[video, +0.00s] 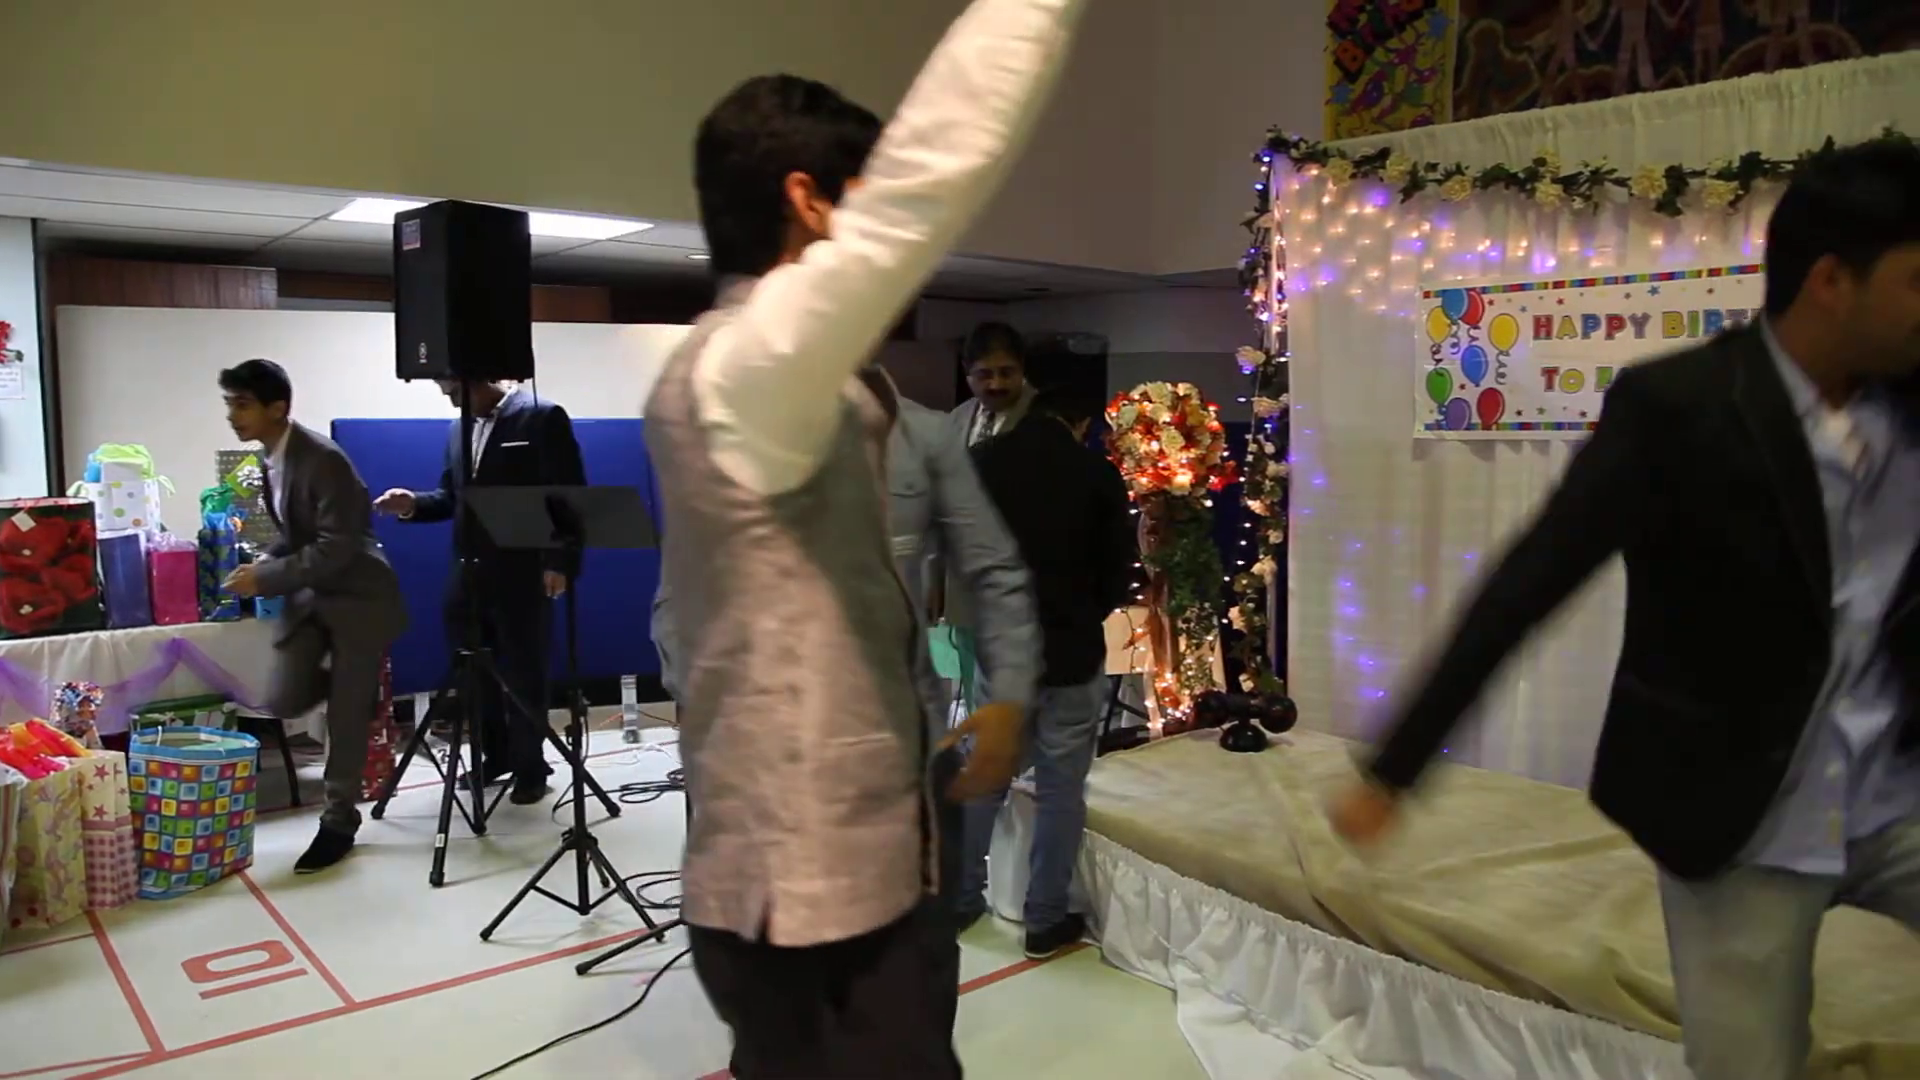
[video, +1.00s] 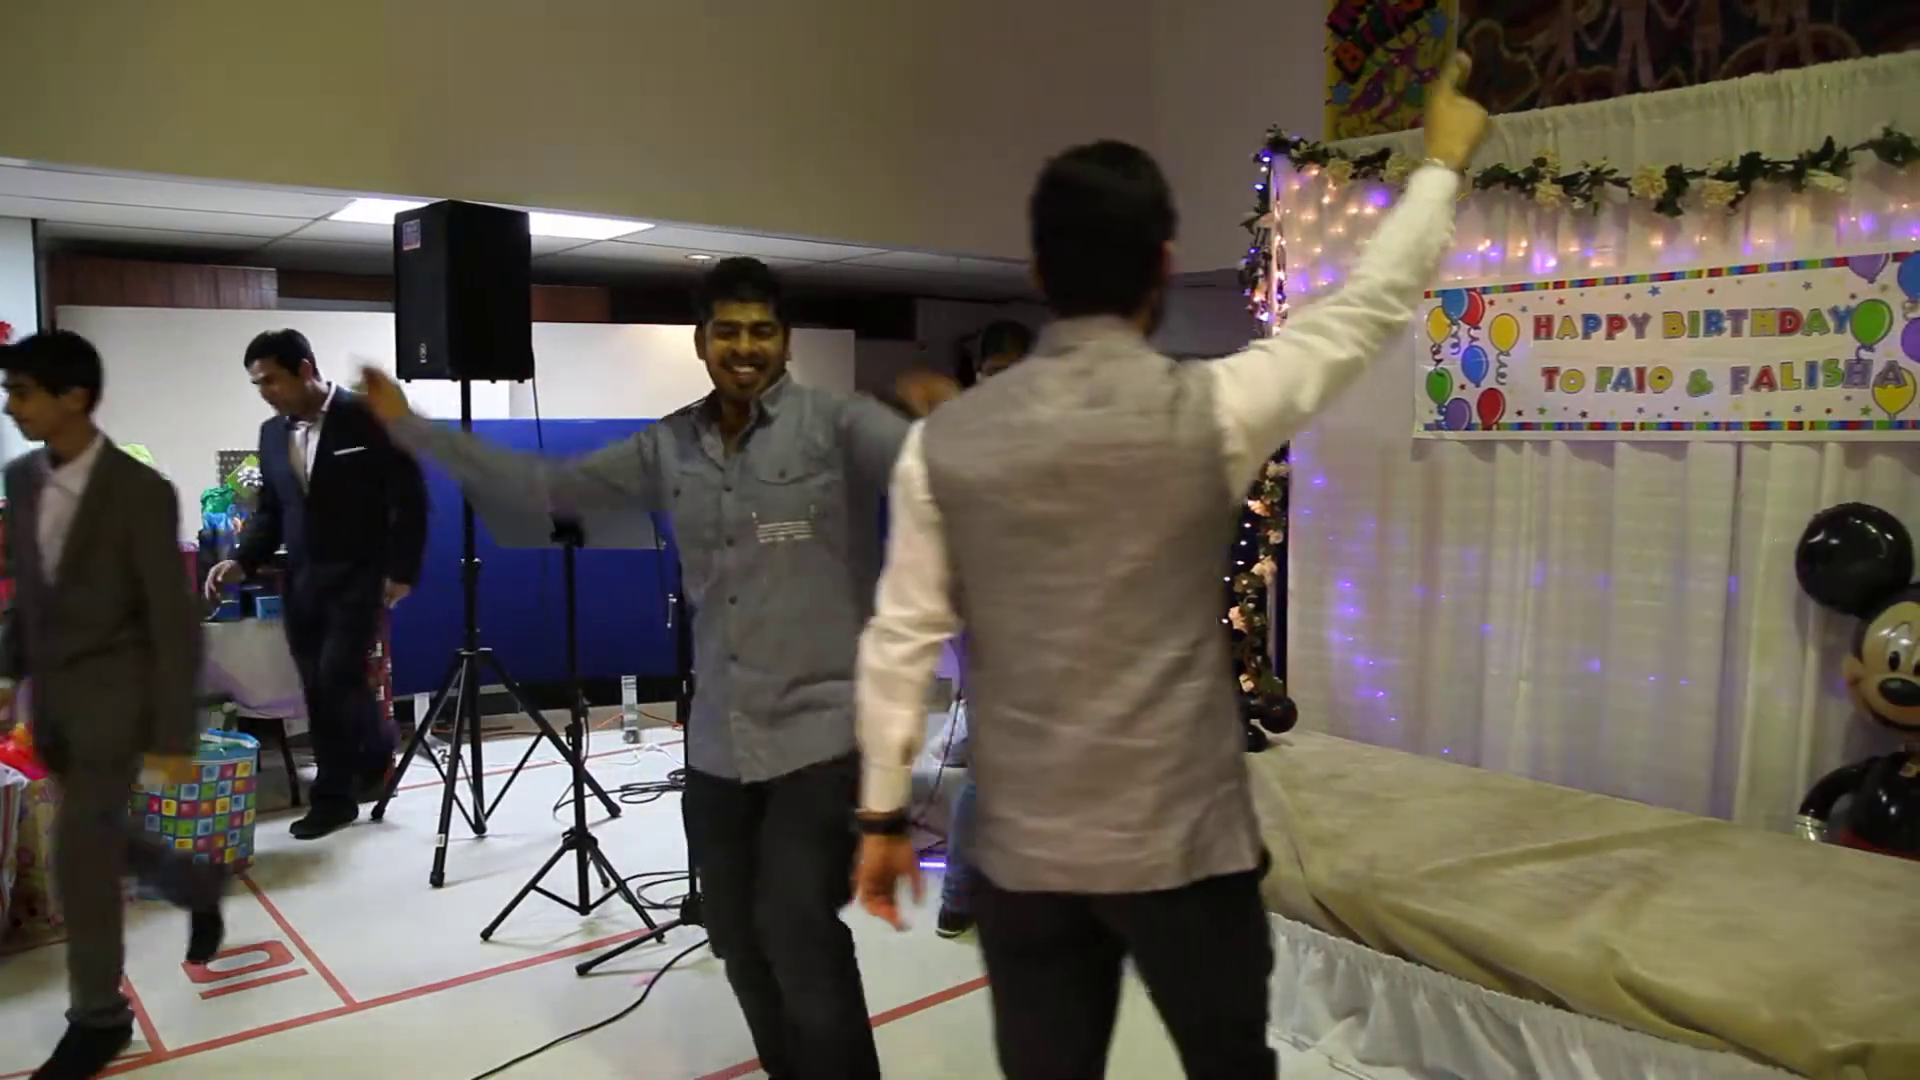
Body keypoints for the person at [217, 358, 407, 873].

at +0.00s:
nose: (231, 416)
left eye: (240, 405)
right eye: (229, 406)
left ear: (277, 406)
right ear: (247, 408)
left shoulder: (322, 460)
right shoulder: (270, 462)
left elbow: (339, 548)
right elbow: (293, 536)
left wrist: (269, 578)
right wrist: (260, 566)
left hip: (358, 597)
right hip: (309, 595)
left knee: (347, 711)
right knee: (287, 700)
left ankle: (339, 822)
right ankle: (357, 684)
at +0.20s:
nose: (206, 415)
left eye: (215, 404)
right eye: (203, 404)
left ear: (253, 403)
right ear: (212, 406)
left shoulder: (308, 461)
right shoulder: (229, 463)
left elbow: (322, 555)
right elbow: (255, 538)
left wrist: (244, 596)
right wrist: (228, 580)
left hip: (323, 600)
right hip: (270, 600)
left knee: (332, 714)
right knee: (229, 698)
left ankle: (338, 821)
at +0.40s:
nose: (165, 417)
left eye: (174, 404)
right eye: (162, 405)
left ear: (215, 405)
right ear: (180, 409)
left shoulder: (280, 469)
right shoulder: (178, 476)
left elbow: (303, 574)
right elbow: (193, 556)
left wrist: (249, 649)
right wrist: (178, 606)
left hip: (284, 631)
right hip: (220, 635)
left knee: (299, 748)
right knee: (221, 765)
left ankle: (335, 814)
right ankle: (235, 900)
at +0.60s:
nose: (118, 399)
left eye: (129, 387)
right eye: (116, 387)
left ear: (174, 389)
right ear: (139, 394)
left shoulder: (241, 458)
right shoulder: (129, 466)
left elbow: (281, 565)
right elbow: (137, 553)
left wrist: (284, 662)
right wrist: (116, 603)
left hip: (231, 644)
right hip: (168, 647)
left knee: (215, 773)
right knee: (196, 783)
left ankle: (283, 836)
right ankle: (234, 903)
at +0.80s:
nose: (70, 401)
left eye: (82, 388)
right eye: (67, 388)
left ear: (130, 393)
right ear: (96, 396)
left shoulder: (200, 473)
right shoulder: (81, 471)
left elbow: (258, 578)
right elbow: (81, 566)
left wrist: (270, 684)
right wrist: (63, 623)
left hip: (188, 666)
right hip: (126, 669)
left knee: (167, 811)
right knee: (179, 799)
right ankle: (238, 899)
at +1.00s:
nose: (10, 405)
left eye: (23, 392)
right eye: (10, 391)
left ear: (74, 398)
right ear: (46, 401)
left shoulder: (142, 491)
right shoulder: (25, 482)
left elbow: (175, 614)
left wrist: (175, 731)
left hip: (119, 690)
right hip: (52, 694)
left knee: (80, 847)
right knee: (96, 831)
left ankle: (100, 1017)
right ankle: (199, 884)